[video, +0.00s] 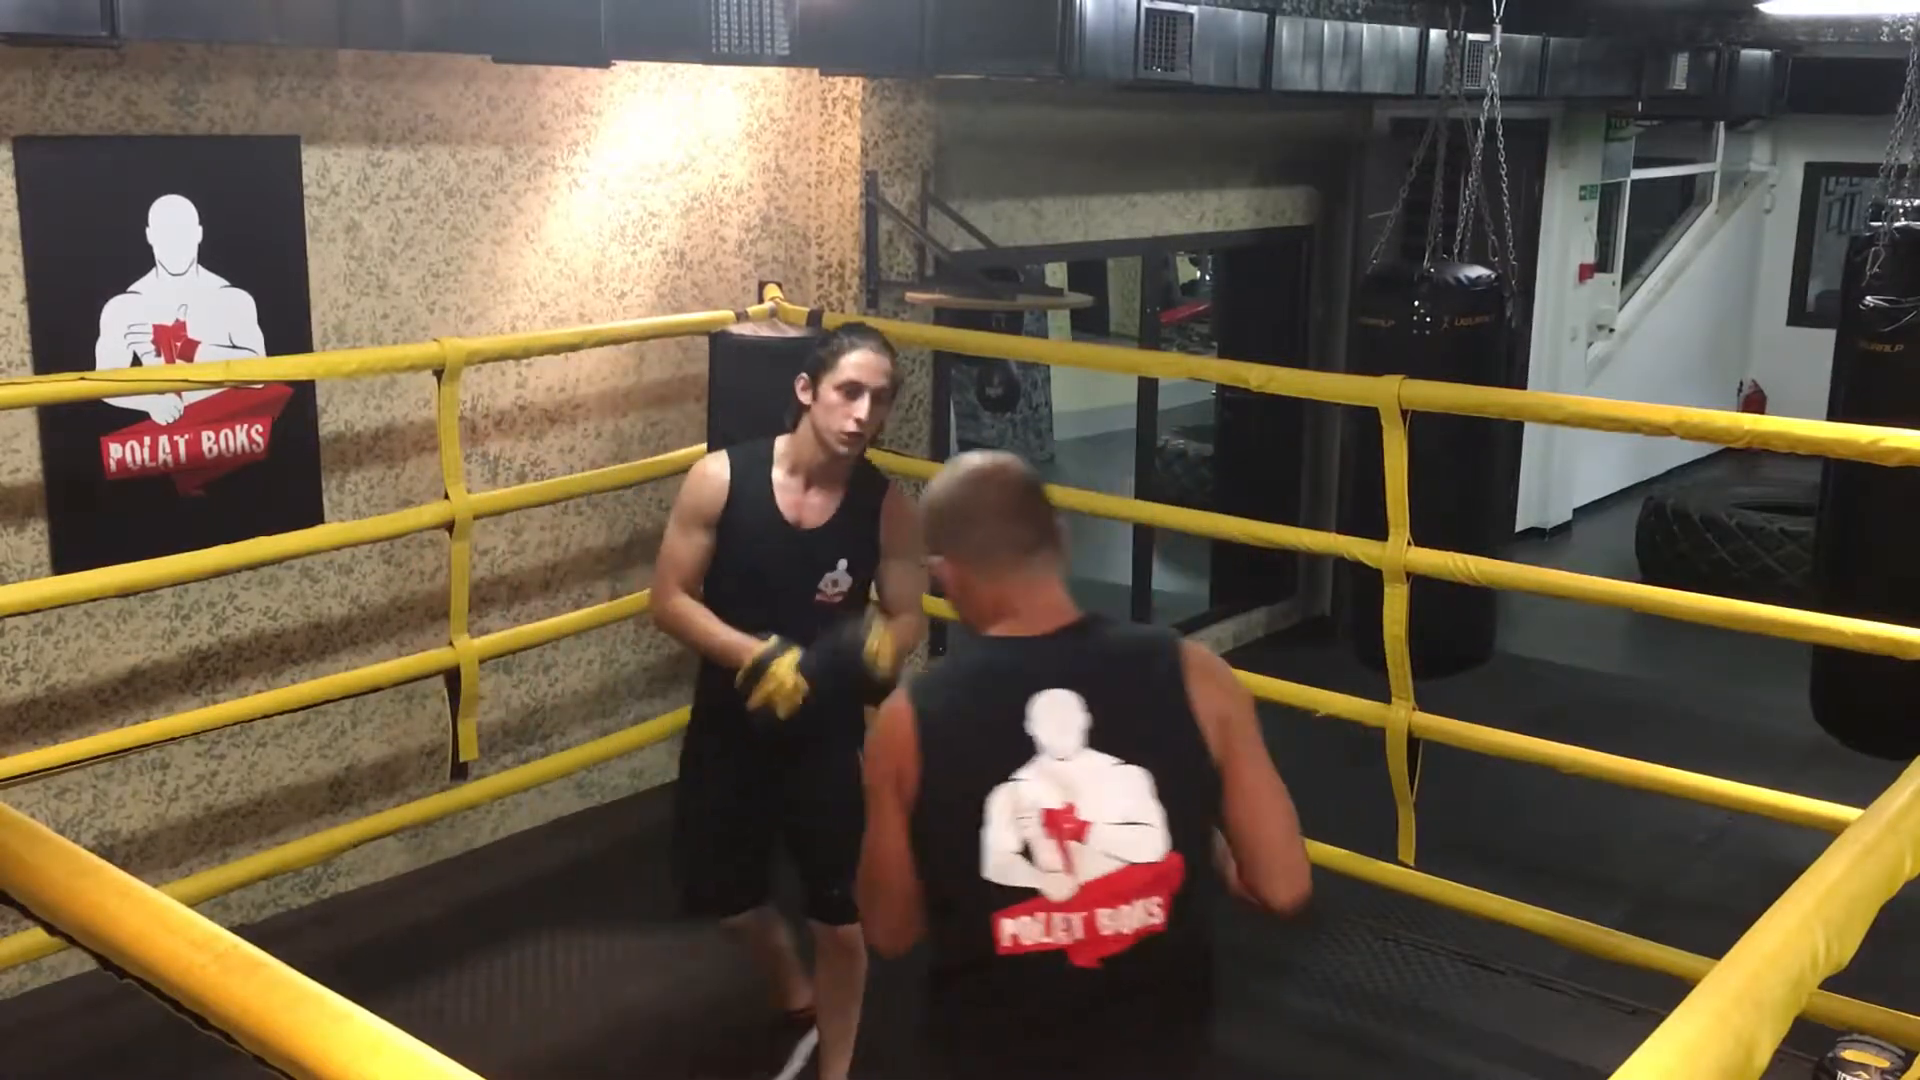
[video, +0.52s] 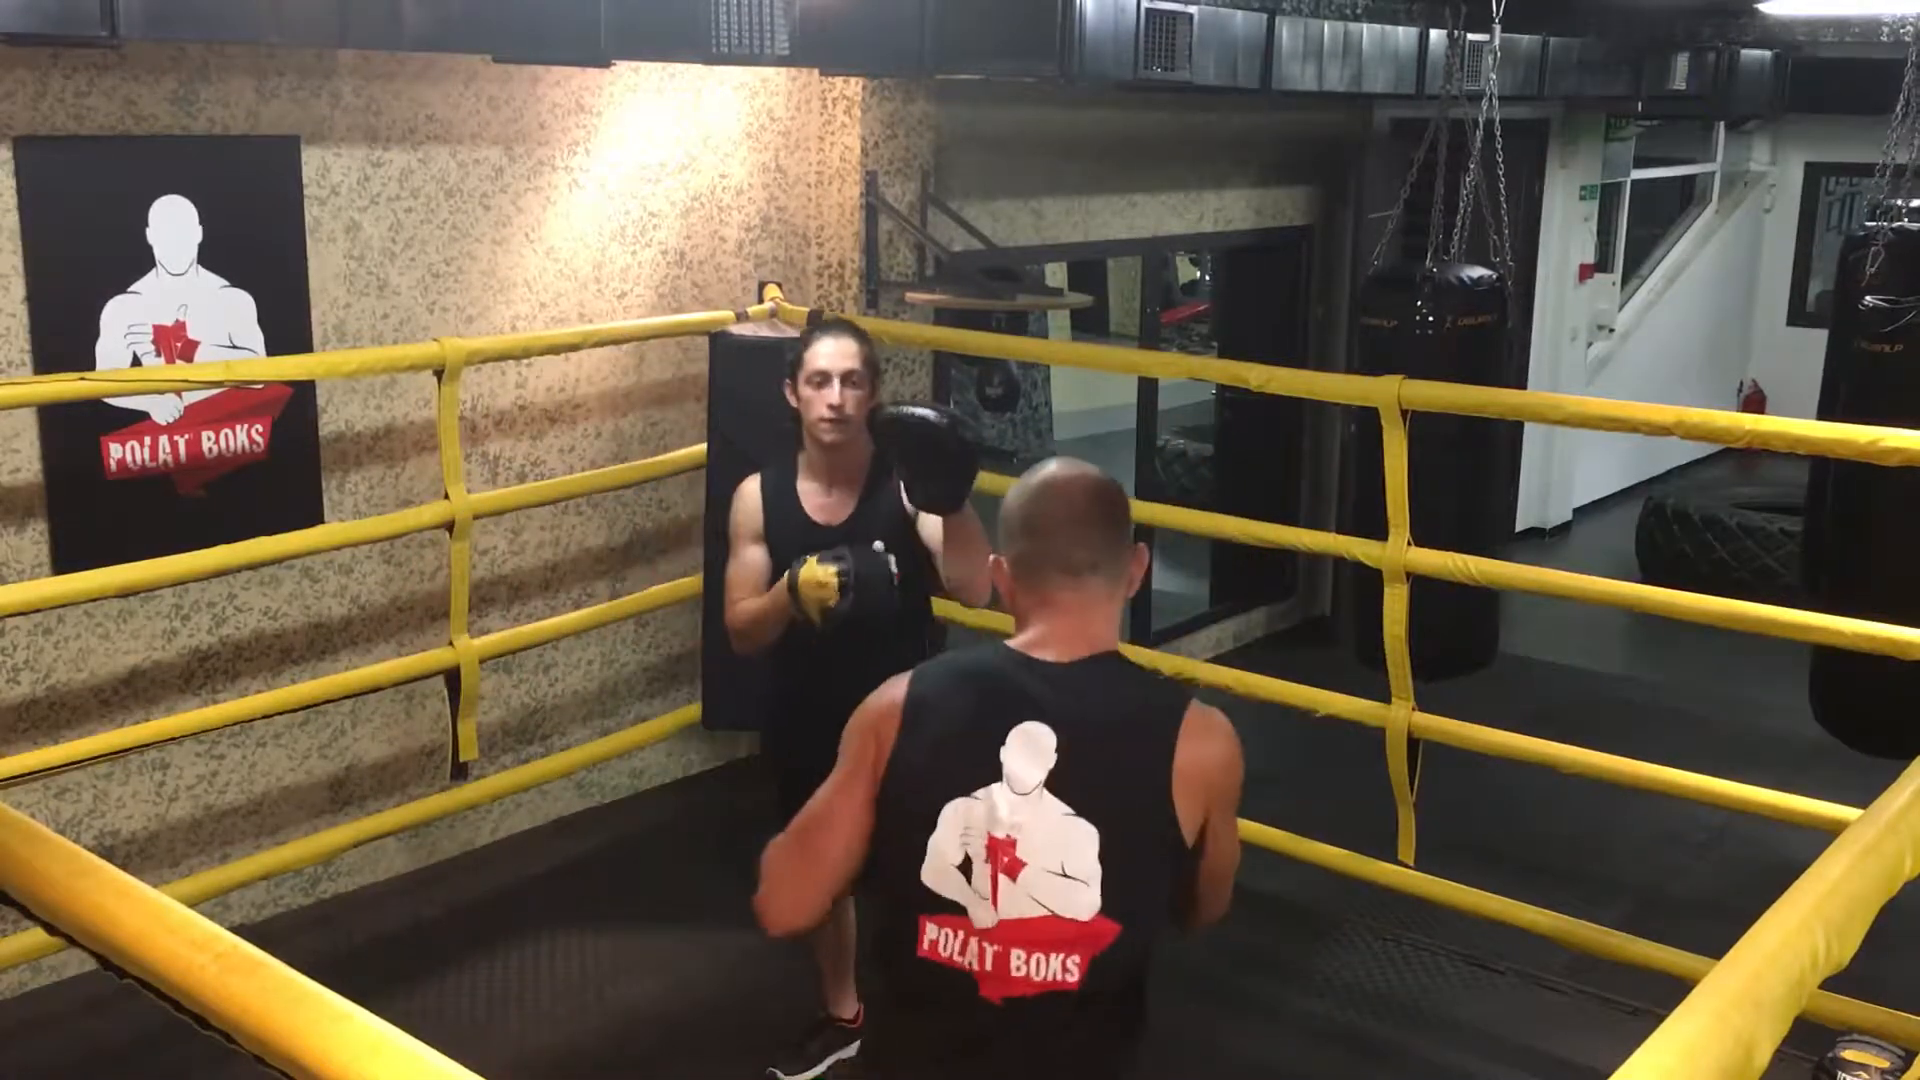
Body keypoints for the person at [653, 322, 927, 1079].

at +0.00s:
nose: (863, 412)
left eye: (878, 398)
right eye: (849, 392)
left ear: (887, 408)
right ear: (807, 392)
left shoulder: (887, 506)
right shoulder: (719, 478)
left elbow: (906, 617)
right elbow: (669, 599)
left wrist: (871, 654)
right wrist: (756, 655)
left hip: (830, 730)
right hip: (730, 726)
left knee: (840, 922)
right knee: (735, 898)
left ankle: (836, 1071)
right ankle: (805, 1012)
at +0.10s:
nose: (844, 411)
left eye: (859, 398)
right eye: (830, 392)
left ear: (871, 410)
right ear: (793, 394)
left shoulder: (881, 493)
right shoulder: (721, 484)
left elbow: (923, 594)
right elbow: (684, 607)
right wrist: (757, 626)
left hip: (848, 734)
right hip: (752, 733)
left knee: (856, 904)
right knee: (779, 902)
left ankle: (851, 1060)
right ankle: (843, 1042)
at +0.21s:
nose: (824, 405)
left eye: (839, 389)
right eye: (809, 386)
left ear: (854, 400)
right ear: (775, 390)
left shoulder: (872, 484)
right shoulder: (722, 493)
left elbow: (912, 561)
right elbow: (709, 623)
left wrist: (941, 558)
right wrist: (777, 627)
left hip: (871, 716)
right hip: (780, 720)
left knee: (878, 882)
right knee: (812, 876)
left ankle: (882, 1042)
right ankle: (842, 1016)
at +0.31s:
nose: (814, 386)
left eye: (830, 371)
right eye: (798, 370)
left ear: (851, 385)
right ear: (771, 383)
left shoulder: (880, 471)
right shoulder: (730, 484)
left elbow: (947, 571)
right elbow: (719, 613)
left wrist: (948, 500)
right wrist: (783, 608)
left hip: (886, 705)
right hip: (793, 711)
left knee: (908, 852)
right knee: (816, 871)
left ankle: (931, 1010)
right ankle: (845, 1017)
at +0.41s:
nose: (820, 390)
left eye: (836, 375)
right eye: (805, 375)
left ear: (859, 388)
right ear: (778, 387)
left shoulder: (891, 472)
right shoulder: (741, 487)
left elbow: (960, 581)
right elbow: (724, 618)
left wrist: (943, 487)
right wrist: (785, 606)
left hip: (897, 708)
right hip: (803, 709)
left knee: (911, 860)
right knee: (821, 867)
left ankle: (929, 1009)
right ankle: (844, 1016)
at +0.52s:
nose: (836, 397)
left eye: (851, 381)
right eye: (819, 382)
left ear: (874, 394)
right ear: (793, 395)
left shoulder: (907, 481)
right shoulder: (759, 495)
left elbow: (975, 588)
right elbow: (741, 630)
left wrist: (949, 488)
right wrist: (791, 594)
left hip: (903, 717)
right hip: (804, 721)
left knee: (917, 866)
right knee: (821, 874)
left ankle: (933, 1021)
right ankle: (844, 1018)